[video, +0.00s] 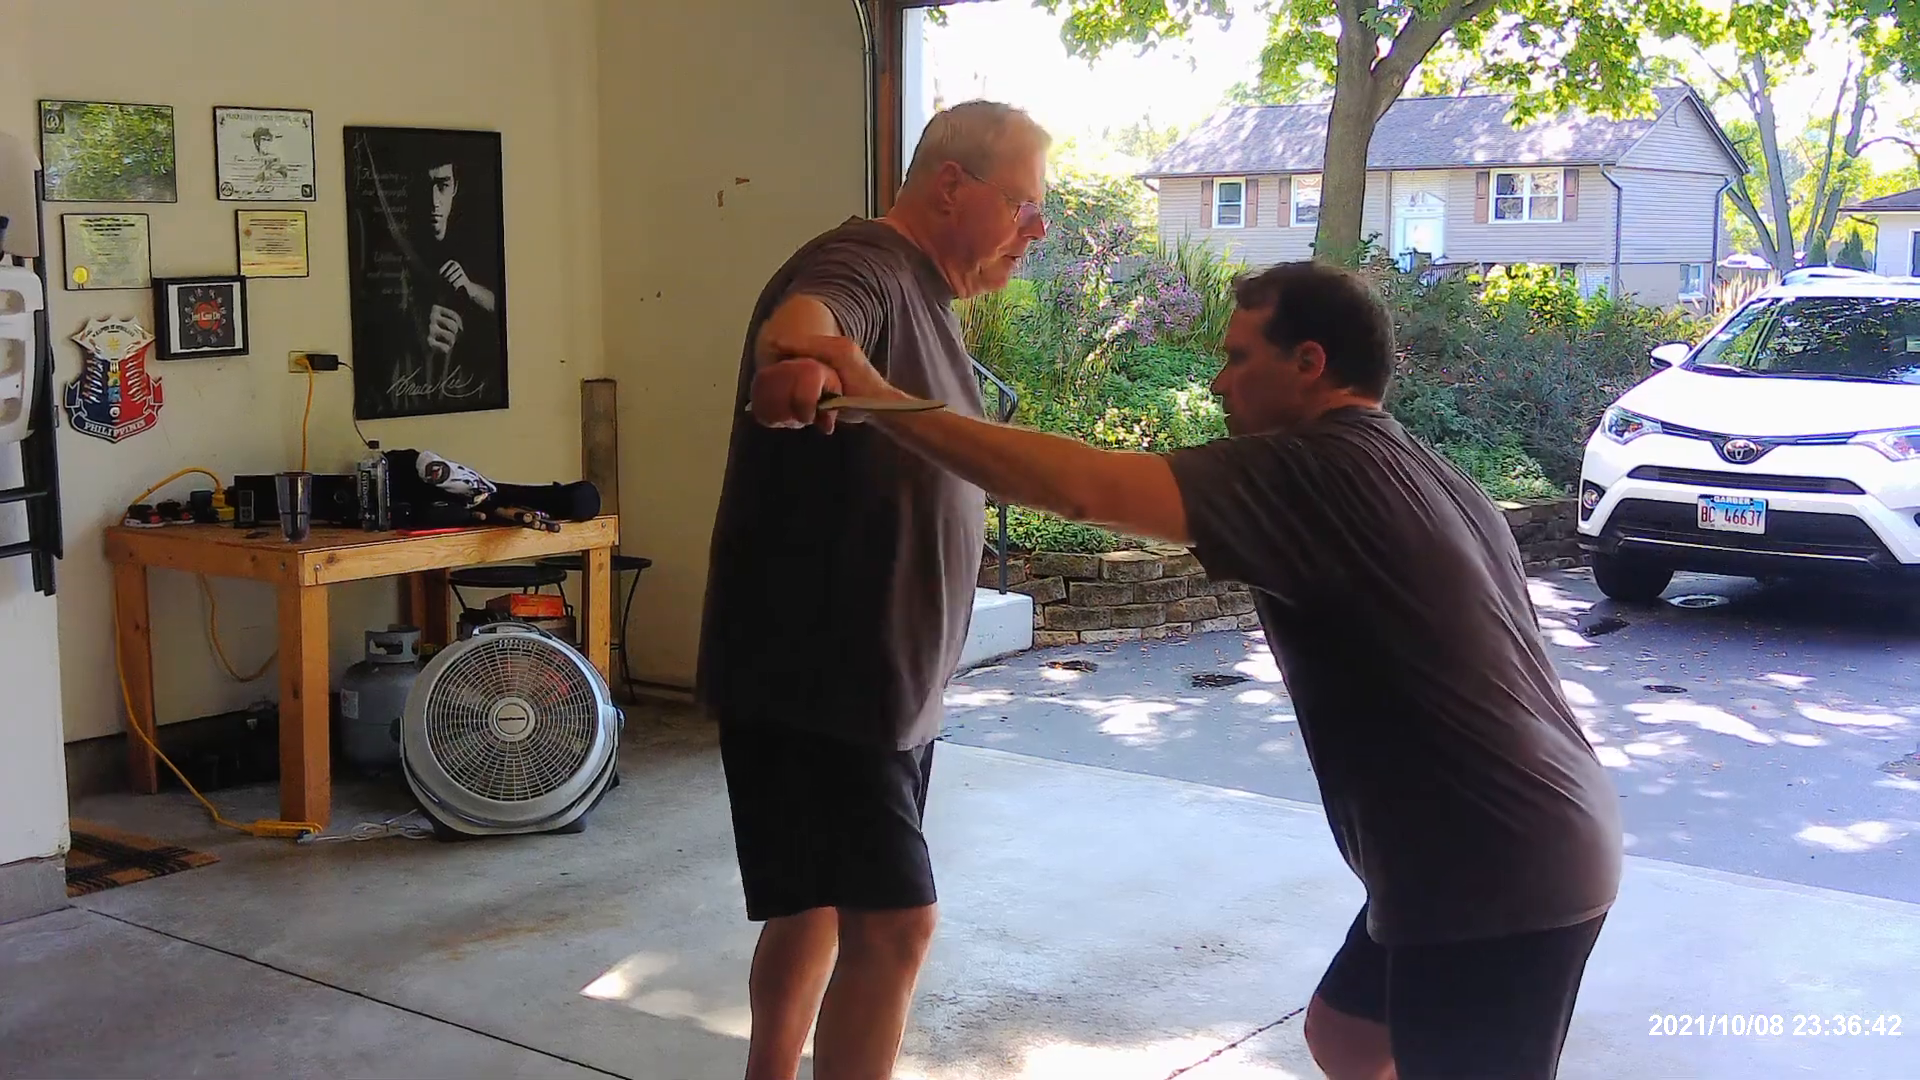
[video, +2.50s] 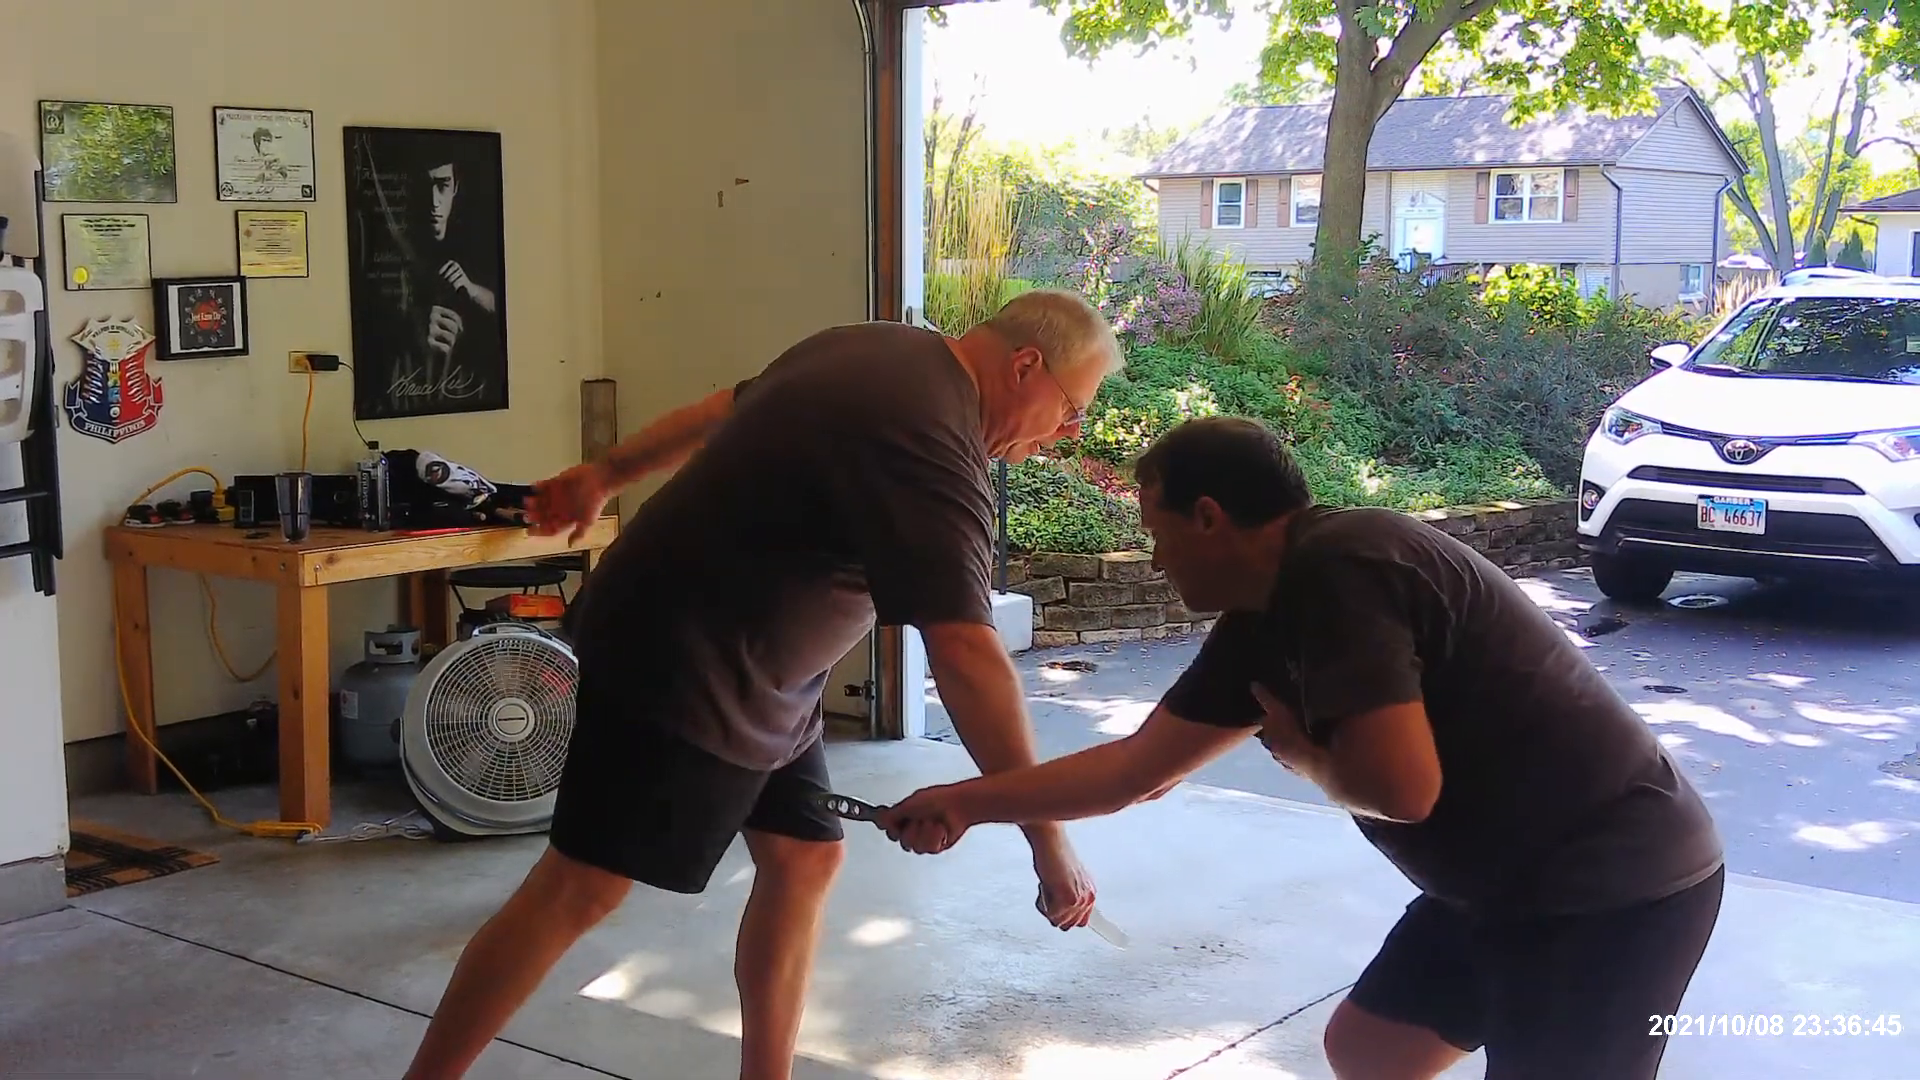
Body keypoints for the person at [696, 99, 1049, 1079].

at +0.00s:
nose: (1035, 233)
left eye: (1040, 211)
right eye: (1026, 205)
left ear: (953, 193)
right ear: (952, 186)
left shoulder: (923, 302)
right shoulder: (861, 262)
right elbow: (802, 314)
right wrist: (797, 359)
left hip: (881, 679)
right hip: (813, 681)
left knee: (807, 911)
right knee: (895, 924)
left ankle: (771, 1070)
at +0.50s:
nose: (1046, 275)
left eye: (1053, 256)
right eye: (1042, 248)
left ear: (974, 219)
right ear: (976, 216)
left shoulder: (923, 315)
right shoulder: (878, 297)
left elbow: (893, 490)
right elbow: (814, 422)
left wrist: (945, 623)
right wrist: (823, 551)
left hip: (846, 672)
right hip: (799, 677)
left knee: (805, 901)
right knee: (883, 921)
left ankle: (771, 1067)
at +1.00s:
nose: (1036, 297)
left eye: (1044, 279)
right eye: (1033, 272)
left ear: (958, 237)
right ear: (967, 238)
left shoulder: (860, 297)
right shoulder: (885, 339)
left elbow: (892, 525)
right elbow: (898, 574)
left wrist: (943, 595)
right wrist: (1016, 737)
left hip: (751, 655)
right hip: (773, 675)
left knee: (795, 889)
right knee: (862, 914)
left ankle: (770, 1069)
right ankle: (825, 1071)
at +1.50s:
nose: (1023, 308)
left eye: (1030, 289)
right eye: (1018, 282)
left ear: (947, 249)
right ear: (954, 247)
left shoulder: (853, 299)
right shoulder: (882, 342)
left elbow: (800, 478)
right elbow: (957, 565)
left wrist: (858, 610)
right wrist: (1112, 566)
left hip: (774, 640)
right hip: (728, 649)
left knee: (809, 870)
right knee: (795, 888)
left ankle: (763, 1057)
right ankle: (758, 1068)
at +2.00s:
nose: (1040, 409)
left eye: (1051, 391)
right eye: (1043, 384)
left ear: (972, 335)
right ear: (988, 347)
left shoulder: (862, 353)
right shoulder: (914, 430)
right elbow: (999, 636)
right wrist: (1129, 789)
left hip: (764, 670)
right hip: (657, 660)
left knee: (817, 856)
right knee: (583, 895)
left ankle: (772, 1068)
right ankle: (441, 1069)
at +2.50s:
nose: (1058, 438)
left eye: (1073, 424)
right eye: (1067, 413)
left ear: (1013, 360)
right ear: (1022, 366)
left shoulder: (876, 351)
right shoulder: (932, 431)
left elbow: (721, 414)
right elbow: (964, 650)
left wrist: (601, 474)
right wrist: (1045, 833)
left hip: (764, 656)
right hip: (673, 646)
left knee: (804, 852)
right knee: (583, 882)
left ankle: (764, 1070)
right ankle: (430, 1068)